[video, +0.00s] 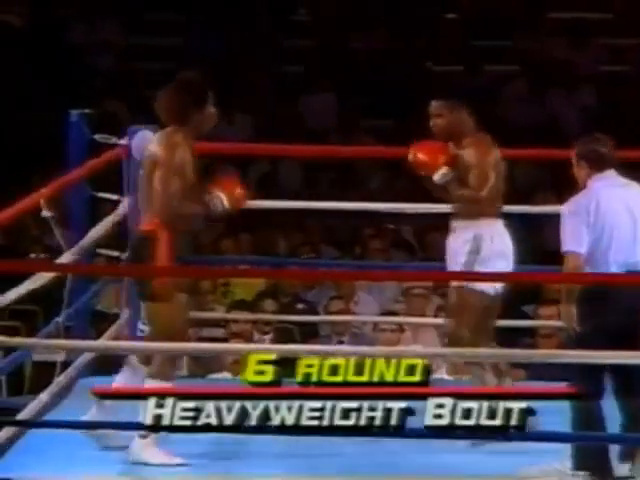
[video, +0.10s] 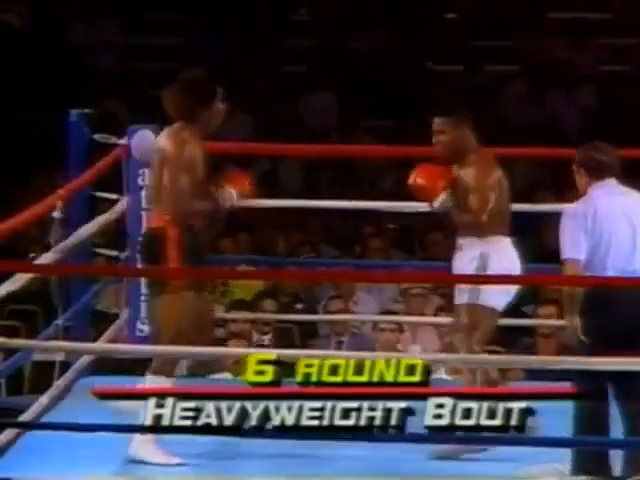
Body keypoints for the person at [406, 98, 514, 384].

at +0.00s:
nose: (433, 124)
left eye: (439, 117)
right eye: (431, 118)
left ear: (459, 116)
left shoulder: (479, 146)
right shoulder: (456, 149)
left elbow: (484, 198)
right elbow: (456, 192)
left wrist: (446, 181)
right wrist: (431, 170)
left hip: (482, 235)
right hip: (464, 234)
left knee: (462, 333)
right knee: (479, 336)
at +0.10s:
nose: (436, 141)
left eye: (442, 134)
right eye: (435, 135)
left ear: (464, 133)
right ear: (445, 139)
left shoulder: (487, 170)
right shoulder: (458, 169)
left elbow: (485, 221)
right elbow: (461, 211)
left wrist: (446, 205)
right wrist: (437, 192)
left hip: (494, 253)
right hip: (467, 253)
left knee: (474, 340)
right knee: (462, 338)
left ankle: (479, 421)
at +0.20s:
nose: (436, 147)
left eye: (442, 139)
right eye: (435, 139)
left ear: (463, 139)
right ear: (451, 141)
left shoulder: (482, 174)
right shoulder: (466, 173)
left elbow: (483, 227)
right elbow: (465, 214)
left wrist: (447, 215)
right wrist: (439, 203)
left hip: (492, 262)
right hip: (472, 261)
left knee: (477, 349)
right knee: (461, 347)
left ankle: (476, 434)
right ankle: (473, 428)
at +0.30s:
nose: (434, 142)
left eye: (440, 134)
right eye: (432, 135)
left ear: (462, 134)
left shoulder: (482, 164)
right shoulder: (459, 170)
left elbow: (486, 211)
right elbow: (460, 210)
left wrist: (446, 202)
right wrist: (438, 190)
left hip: (500, 250)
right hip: (476, 252)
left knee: (482, 341)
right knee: (478, 341)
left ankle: (477, 433)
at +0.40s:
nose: (446, 143)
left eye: (448, 135)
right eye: (442, 136)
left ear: (465, 136)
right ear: (451, 142)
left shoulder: (490, 167)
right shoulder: (460, 167)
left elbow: (467, 200)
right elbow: (439, 194)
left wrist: (438, 176)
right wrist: (430, 163)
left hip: (510, 248)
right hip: (483, 250)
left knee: (489, 338)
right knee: (483, 335)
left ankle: (476, 431)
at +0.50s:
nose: (449, 135)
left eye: (454, 126)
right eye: (448, 128)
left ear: (473, 127)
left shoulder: (497, 160)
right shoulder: (472, 162)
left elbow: (474, 208)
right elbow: (462, 202)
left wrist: (447, 181)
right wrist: (445, 171)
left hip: (512, 251)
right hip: (487, 254)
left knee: (488, 342)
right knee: (487, 343)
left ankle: (474, 431)